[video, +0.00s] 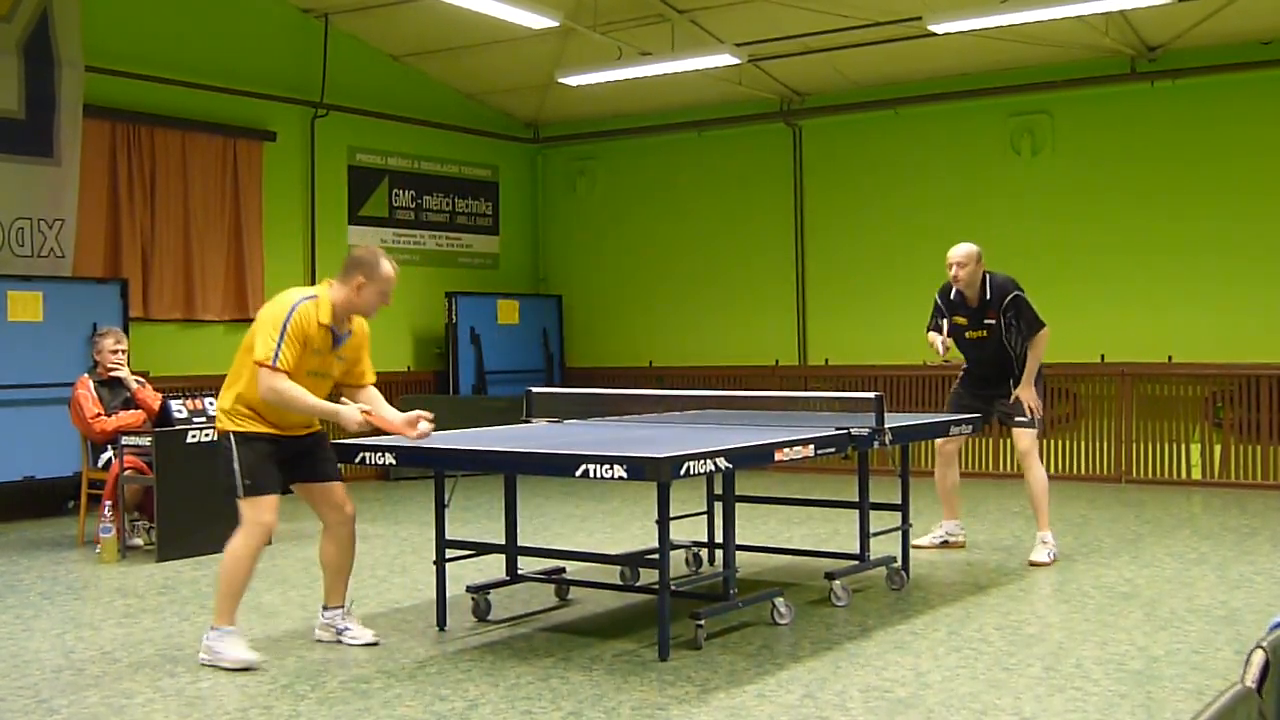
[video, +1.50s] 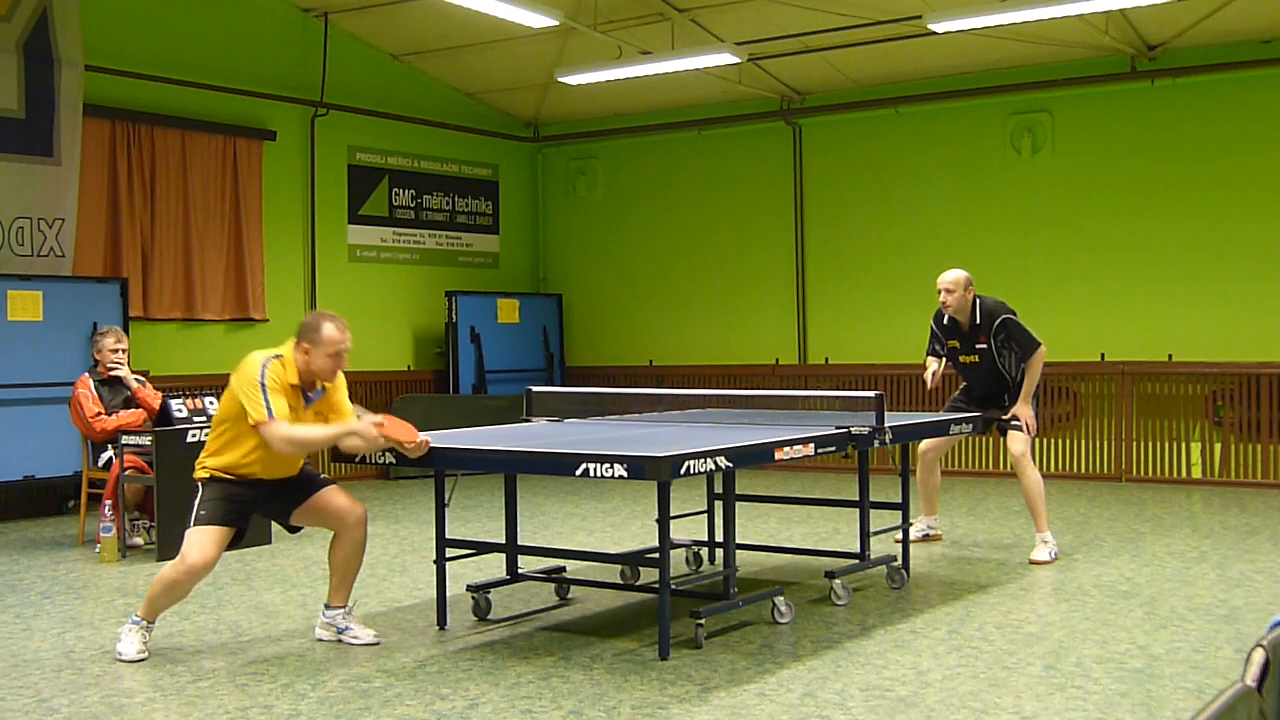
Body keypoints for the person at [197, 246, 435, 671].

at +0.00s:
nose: (387, 301)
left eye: (390, 292)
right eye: (385, 292)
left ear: (361, 285)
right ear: (358, 284)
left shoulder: (356, 328)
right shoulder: (293, 310)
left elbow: (360, 389)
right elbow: (269, 386)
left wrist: (398, 421)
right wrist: (336, 411)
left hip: (303, 426)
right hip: (248, 423)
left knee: (340, 514)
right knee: (258, 524)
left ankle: (333, 618)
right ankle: (220, 633)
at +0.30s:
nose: (390, 340)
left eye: (393, 332)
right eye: (387, 331)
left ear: (369, 323)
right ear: (357, 318)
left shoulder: (364, 356)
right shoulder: (299, 336)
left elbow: (370, 416)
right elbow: (284, 413)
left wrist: (416, 423)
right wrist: (354, 425)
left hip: (301, 438)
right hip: (243, 434)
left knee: (345, 515)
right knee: (214, 532)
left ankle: (334, 617)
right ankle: (143, 615)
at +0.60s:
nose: (370, 372)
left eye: (374, 363)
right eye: (365, 362)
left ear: (344, 355)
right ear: (335, 352)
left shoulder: (350, 385)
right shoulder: (282, 367)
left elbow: (350, 449)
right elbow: (285, 443)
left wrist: (397, 437)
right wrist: (351, 442)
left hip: (286, 467)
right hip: (228, 464)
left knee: (350, 515)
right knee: (197, 554)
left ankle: (334, 617)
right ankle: (137, 624)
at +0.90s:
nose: (368, 382)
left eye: (371, 373)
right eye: (362, 372)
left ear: (340, 367)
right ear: (331, 367)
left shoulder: (350, 396)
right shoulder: (283, 380)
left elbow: (347, 463)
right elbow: (288, 456)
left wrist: (391, 446)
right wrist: (360, 449)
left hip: (285, 478)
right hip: (230, 476)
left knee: (355, 515)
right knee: (199, 559)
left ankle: (335, 616)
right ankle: (139, 624)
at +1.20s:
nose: (366, 380)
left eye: (369, 371)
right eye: (359, 371)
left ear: (341, 368)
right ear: (327, 367)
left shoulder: (349, 395)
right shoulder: (280, 383)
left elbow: (348, 464)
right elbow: (288, 458)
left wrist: (391, 447)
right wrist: (359, 449)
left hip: (286, 481)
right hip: (232, 479)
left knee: (356, 516)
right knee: (200, 562)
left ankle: (335, 616)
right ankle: (139, 624)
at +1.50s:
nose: (342, 365)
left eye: (344, 356)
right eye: (335, 356)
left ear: (340, 353)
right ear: (304, 350)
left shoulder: (332, 379)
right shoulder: (259, 370)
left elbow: (347, 440)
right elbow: (280, 439)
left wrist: (394, 441)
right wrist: (347, 432)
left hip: (286, 474)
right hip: (227, 476)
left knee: (353, 516)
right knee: (196, 562)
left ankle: (335, 617)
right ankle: (141, 623)